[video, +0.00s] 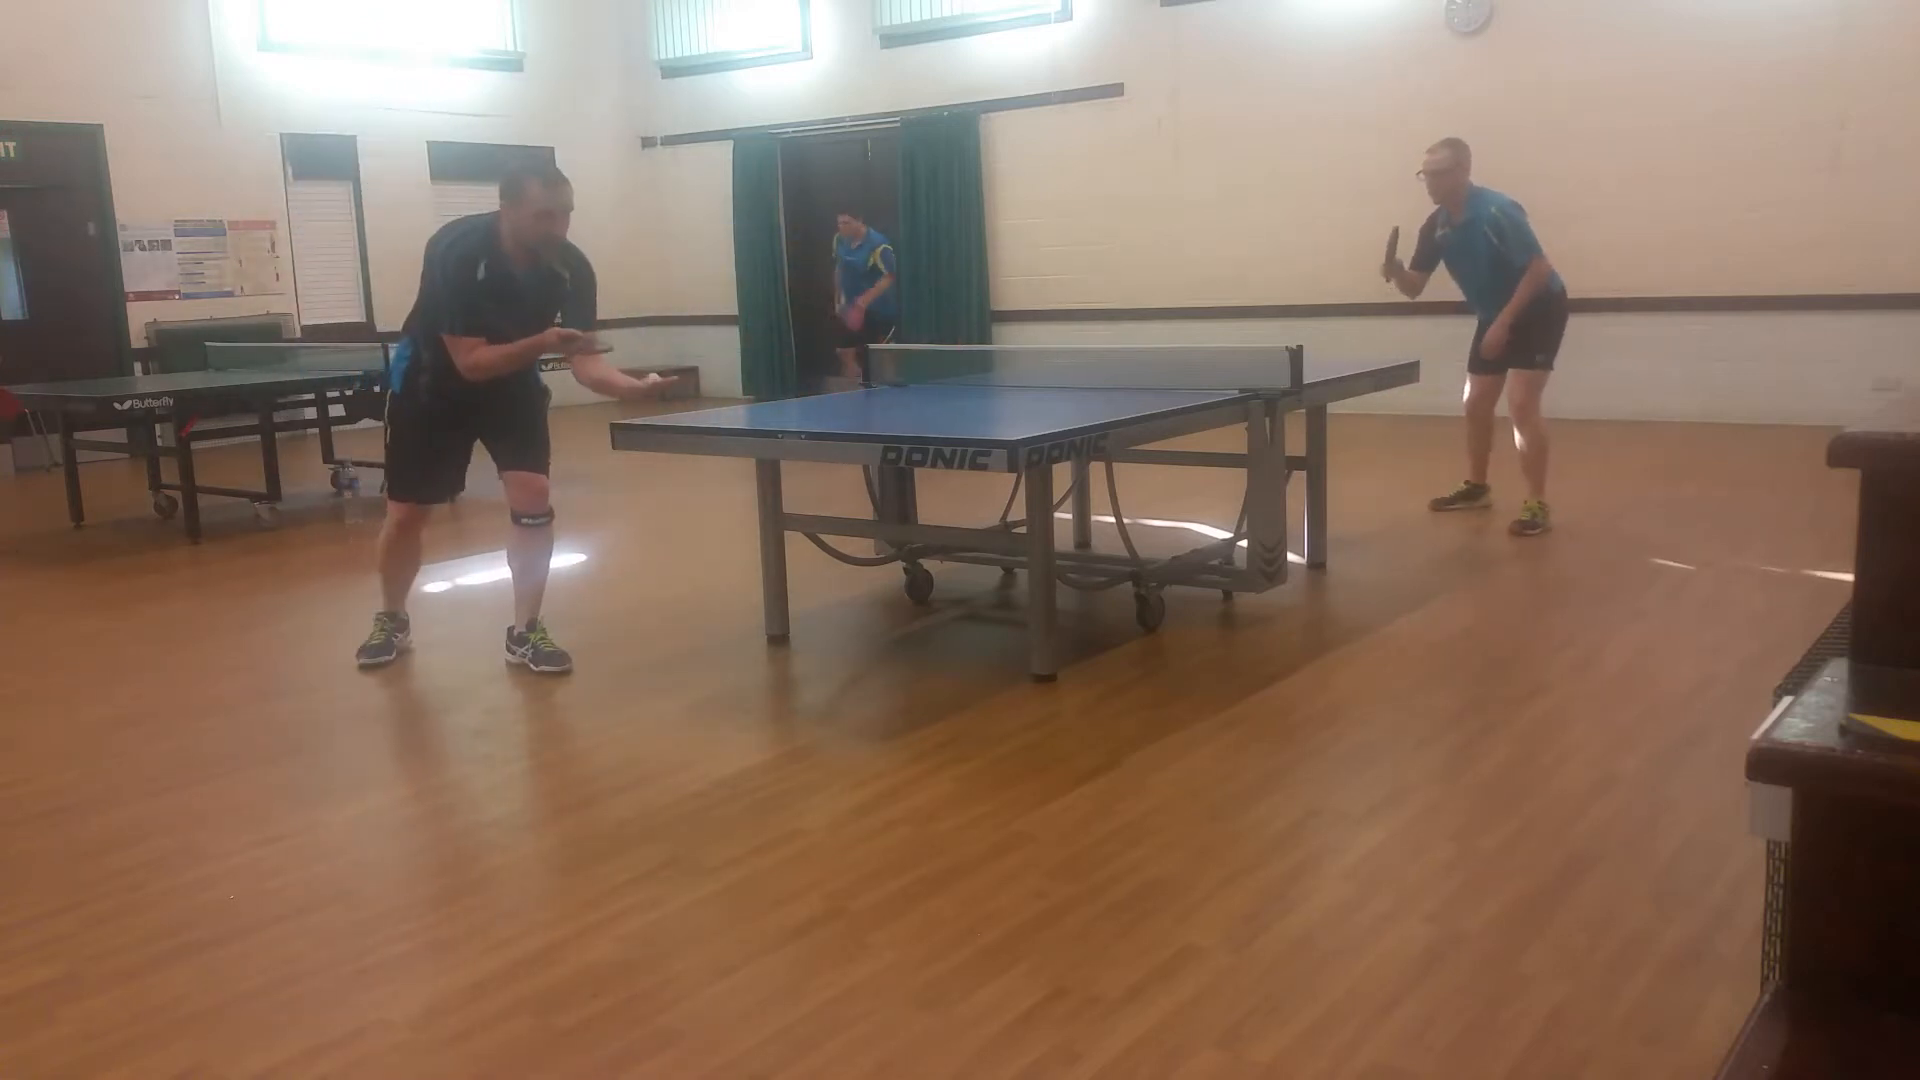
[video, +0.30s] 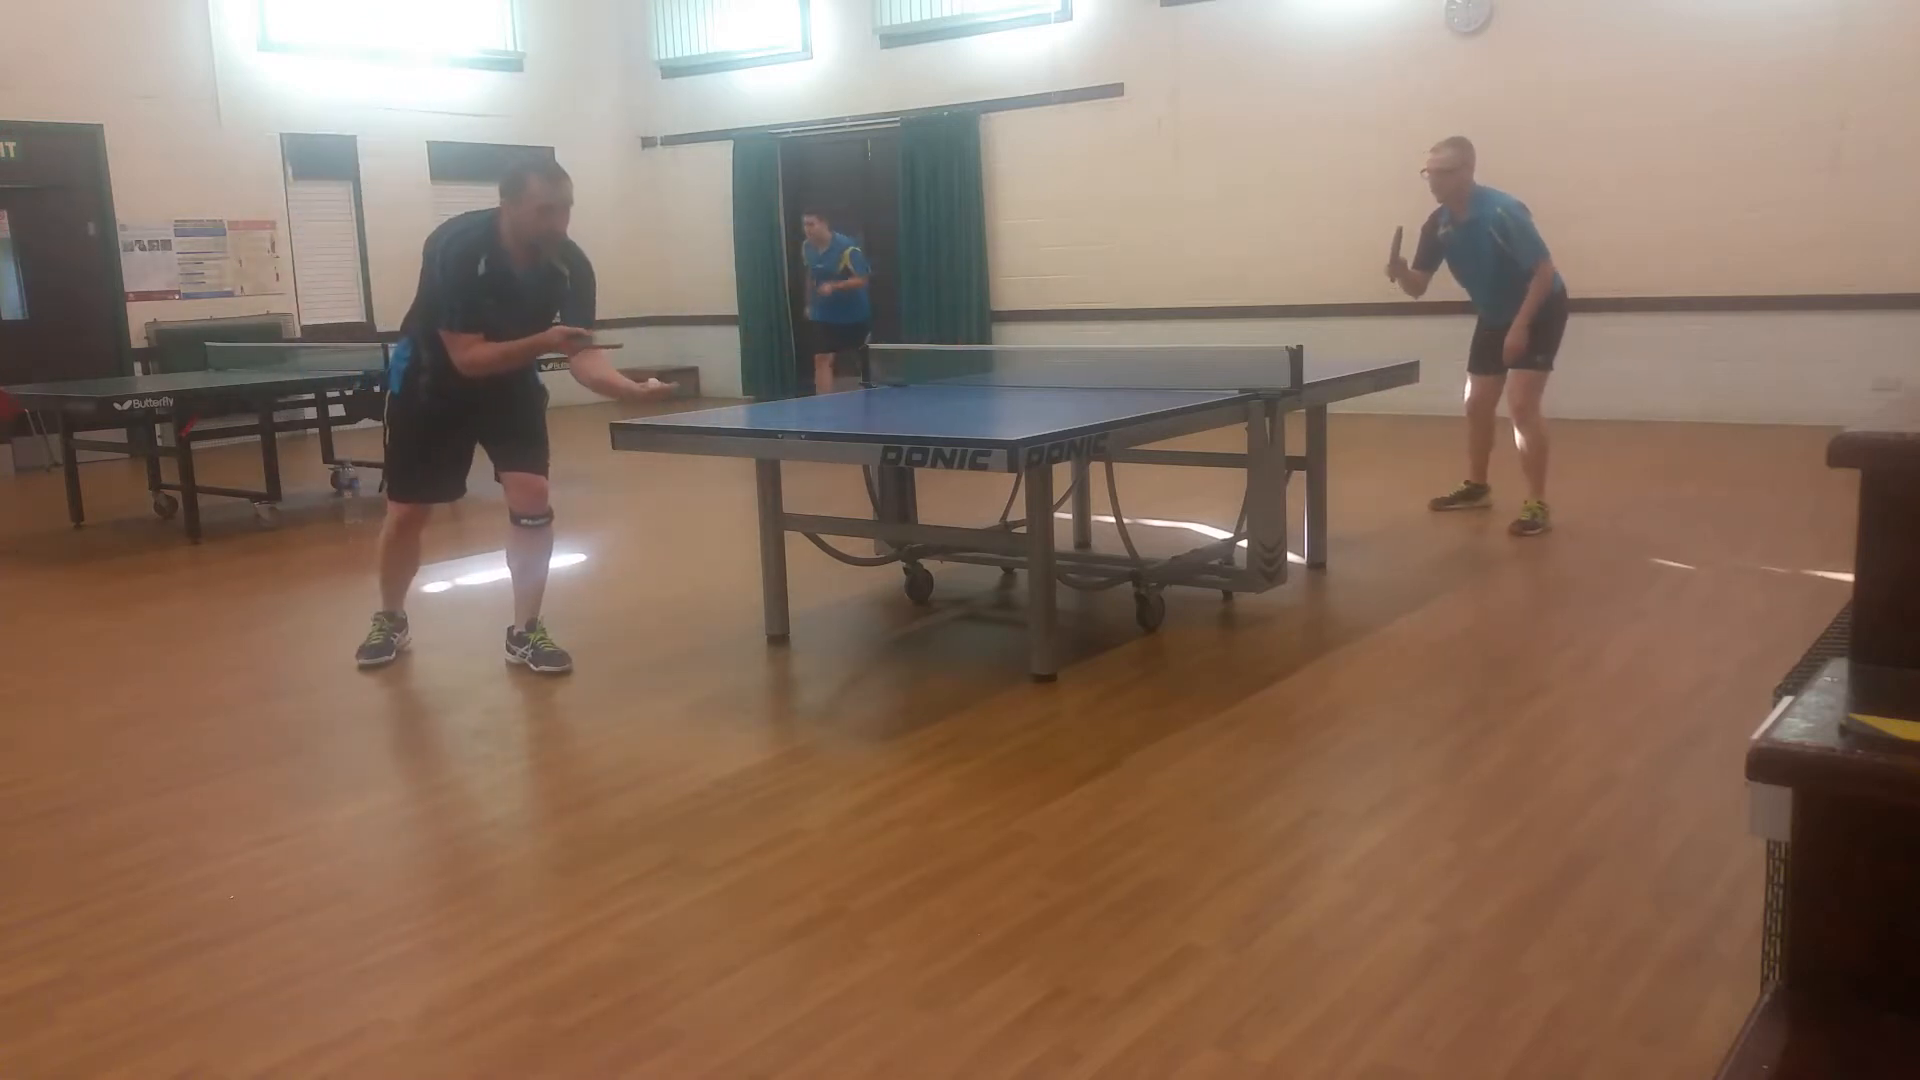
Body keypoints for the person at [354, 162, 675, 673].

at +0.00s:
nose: (560, 227)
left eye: (566, 213)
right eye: (547, 214)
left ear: (571, 210)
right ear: (508, 210)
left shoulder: (572, 268)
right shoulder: (455, 251)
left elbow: (584, 360)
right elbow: (470, 362)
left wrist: (632, 386)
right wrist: (546, 342)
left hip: (512, 379)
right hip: (431, 380)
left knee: (532, 495)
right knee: (405, 511)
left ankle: (526, 630)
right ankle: (392, 620)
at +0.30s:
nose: (562, 222)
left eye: (567, 208)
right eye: (549, 209)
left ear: (570, 204)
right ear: (510, 206)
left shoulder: (572, 265)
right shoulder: (454, 249)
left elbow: (580, 352)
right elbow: (468, 358)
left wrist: (629, 388)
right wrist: (546, 341)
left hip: (511, 377)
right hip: (430, 378)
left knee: (531, 495)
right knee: (406, 509)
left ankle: (526, 630)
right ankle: (391, 620)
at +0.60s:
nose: (523, 186)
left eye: (528, 174)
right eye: (509, 174)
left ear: (532, 174)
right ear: (473, 175)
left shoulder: (547, 238)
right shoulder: (422, 229)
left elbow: (583, 326)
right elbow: (430, 338)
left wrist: (640, 366)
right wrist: (507, 349)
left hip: (504, 374)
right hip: (427, 378)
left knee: (528, 494)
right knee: (409, 513)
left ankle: (528, 629)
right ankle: (396, 619)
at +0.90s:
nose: (401, 144)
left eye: (405, 130)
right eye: (383, 135)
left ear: (417, 130)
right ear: (356, 142)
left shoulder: (454, 191)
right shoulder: (334, 210)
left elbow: (540, 239)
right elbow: (319, 313)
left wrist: (598, 261)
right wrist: (382, 296)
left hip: (465, 375)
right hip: (378, 385)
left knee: (500, 494)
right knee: (344, 507)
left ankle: (527, 628)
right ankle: (310, 628)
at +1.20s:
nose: (330, 180)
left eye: (335, 164)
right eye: (313, 171)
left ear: (355, 156)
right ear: (292, 176)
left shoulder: (406, 215)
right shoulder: (277, 229)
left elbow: (457, 285)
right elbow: (238, 308)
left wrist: (484, 361)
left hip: (411, 389)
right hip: (323, 395)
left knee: (451, 521)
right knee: (303, 521)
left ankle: (444, 623)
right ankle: (308, 635)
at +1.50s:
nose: (448, 282)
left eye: (450, 272)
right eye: (441, 271)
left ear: (428, 263)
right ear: (403, 261)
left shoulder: (424, 288)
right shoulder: (346, 296)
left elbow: (420, 342)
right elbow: (377, 408)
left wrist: (451, 398)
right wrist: (464, 451)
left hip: (387, 415)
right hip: (319, 426)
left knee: (468, 518)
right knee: (307, 556)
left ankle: (444, 627)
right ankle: (301, 635)